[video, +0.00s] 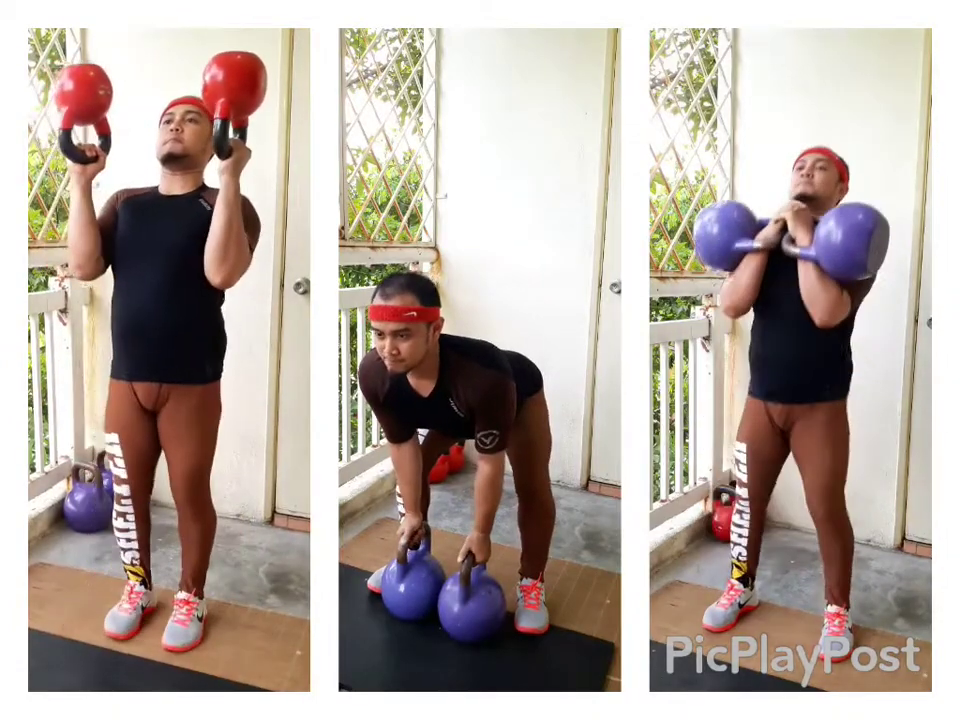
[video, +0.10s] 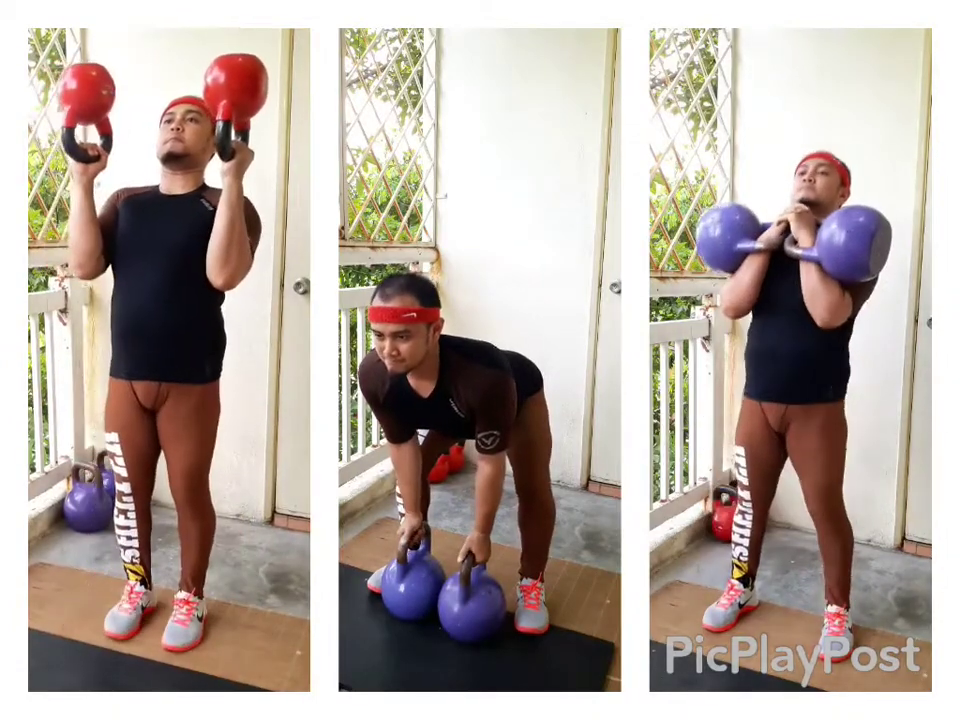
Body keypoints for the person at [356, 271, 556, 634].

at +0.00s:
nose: (389, 349)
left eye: (403, 335)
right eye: (379, 334)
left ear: (435, 329)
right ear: (371, 331)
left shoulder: (485, 378)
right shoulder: (374, 374)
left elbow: (490, 463)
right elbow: (403, 443)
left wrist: (480, 532)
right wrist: (411, 511)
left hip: (514, 394)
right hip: (451, 404)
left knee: (533, 489)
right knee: (413, 471)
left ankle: (532, 582)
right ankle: (410, 562)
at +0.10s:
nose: (389, 350)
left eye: (403, 337)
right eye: (379, 336)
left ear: (435, 330)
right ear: (371, 331)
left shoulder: (485, 378)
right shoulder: (374, 374)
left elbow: (491, 462)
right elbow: (402, 443)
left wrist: (481, 532)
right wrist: (411, 511)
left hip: (514, 394)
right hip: (451, 403)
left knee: (533, 490)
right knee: (413, 471)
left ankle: (532, 582)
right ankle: (409, 562)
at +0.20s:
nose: (387, 352)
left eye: (401, 339)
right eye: (378, 338)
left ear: (434, 331)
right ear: (370, 333)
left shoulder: (484, 378)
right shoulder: (373, 375)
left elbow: (492, 464)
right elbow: (402, 443)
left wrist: (481, 533)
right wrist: (411, 512)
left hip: (514, 394)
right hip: (451, 404)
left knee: (533, 488)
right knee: (412, 471)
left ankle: (532, 583)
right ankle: (409, 563)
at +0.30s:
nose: (386, 354)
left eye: (400, 340)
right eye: (377, 339)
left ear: (433, 332)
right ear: (369, 334)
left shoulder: (484, 380)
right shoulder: (373, 377)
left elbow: (492, 465)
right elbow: (397, 445)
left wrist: (481, 533)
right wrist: (410, 512)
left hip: (513, 393)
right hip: (448, 402)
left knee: (534, 489)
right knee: (412, 470)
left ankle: (531, 583)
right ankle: (409, 563)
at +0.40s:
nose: (385, 356)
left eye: (399, 343)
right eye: (376, 342)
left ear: (432, 334)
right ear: (368, 337)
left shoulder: (483, 381)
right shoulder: (372, 378)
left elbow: (494, 465)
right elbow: (394, 447)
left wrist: (482, 533)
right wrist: (407, 513)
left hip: (513, 392)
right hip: (448, 401)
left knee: (533, 489)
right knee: (412, 471)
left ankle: (531, 583)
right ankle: (409, 563)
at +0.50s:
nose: (386, 357)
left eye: (399, 344)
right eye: (376, 343)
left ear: (432, 335)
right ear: (368, 338)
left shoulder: (483, 380)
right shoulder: (373, 378)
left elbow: (497, 466)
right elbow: (394, 447)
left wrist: (485, 535)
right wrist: (407, 514)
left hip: (513, 392)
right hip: (448, 401)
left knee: (533, 487)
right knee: (412, 469)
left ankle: (531, 583)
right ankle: (408, 563)